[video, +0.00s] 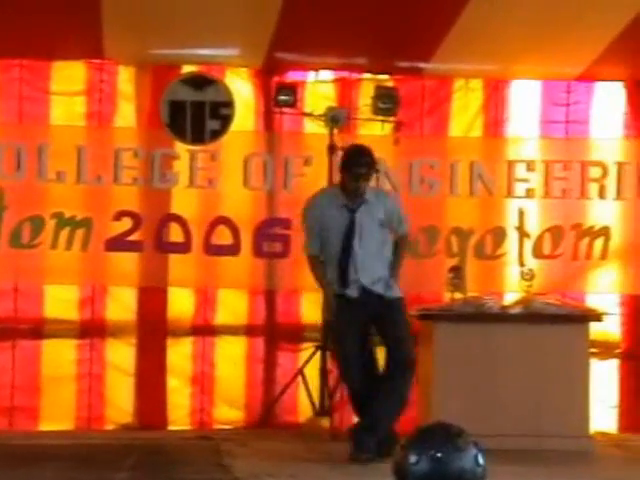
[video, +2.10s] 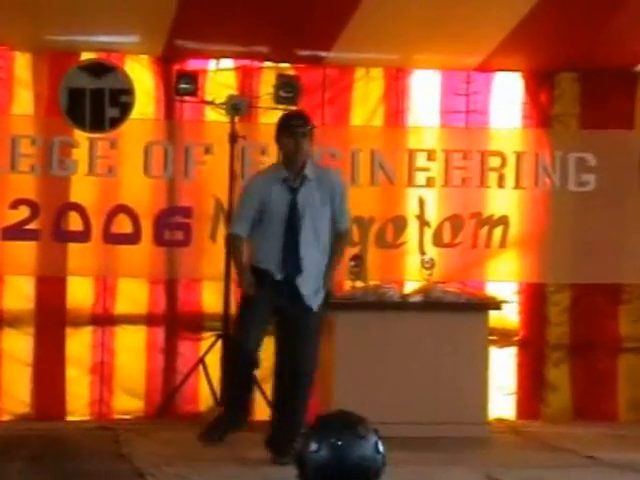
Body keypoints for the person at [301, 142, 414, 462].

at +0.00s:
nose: (360, 186)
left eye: (365, 179)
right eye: (354, 178)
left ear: (372, 177)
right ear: (341, 175)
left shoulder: (384, 203)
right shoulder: (319, 206)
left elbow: (402, 236)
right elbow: (314, 253)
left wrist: (392, 275)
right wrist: (328, 287)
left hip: (383, 294)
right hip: (344, 298)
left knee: (402, 361)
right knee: (355, 370)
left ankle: (369, 434)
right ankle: (383, 435)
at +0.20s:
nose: (348, 182)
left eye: (354, 175)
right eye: (342, 175)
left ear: (361, 172)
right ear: (330, 170)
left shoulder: (369, 199)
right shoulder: (305, 196)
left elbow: (372, 239)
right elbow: (287, 240)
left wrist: (365, 280)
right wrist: (299, 283)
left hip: (353, 294)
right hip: (313, 294)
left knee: (361, 366)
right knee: (309, 371)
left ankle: (343, 433)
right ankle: (335, 425)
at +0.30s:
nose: (348, 185)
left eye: (353, 178)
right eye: (342, 178)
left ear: (361, 175)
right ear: (329, 173)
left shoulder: (371, 202)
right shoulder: (304, 198)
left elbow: (374, 244)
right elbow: (283, 241)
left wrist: (362, 283)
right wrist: (290, 281)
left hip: (344, 299)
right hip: (304, 294)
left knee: (339, 374)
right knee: (280, 353)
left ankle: (327, 443)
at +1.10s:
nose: (320, 179)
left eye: (325, 171)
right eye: (314, 171)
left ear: (332, 169)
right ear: (300, 168)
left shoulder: (343, 196)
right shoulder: (276, 197)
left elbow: (351, 242)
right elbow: (263, 246)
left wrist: (338, 286)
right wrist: (277, 285)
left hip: (320, 296)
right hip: (283, 294)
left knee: (312, 373)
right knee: (278, 371)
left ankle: (280, 436)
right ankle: (285, 444)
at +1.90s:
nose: (296, 149)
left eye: (301, 140)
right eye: (289, 141)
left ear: (308, 140)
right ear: (276, 141)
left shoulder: (322, 176)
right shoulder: (251, 177)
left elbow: (329, 222)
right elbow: (238, 231)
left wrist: (329, 262)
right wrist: (255, 277)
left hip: (314, 282)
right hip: (273, 284)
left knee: (331, 356)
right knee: (283, 359)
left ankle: (321, 422)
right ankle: (306, 422)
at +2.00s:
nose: (300, 145)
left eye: (306, 137)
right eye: (293, 137)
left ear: (314, 141)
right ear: (281, 141)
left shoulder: (331, 180)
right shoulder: (257, 179)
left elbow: (339, 227)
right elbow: (236, 234)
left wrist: (328, 270)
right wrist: (249, 277)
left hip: (309, 280)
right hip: (265, 277)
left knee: (308, 365)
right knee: (247, 343)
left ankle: (293, 434)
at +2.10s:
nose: (296, 147)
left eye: (301, 139)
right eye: (289, 139)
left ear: (311, 141)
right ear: (278, 143)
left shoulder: (330, 184)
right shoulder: (261, 184)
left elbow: (341, 233)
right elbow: (237, 232)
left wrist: (329, 276)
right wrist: (244, 273)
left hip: (307, 287)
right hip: (264, 281)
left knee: (297, 369)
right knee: (241, 346)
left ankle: (284, 439)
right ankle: (233, 412)